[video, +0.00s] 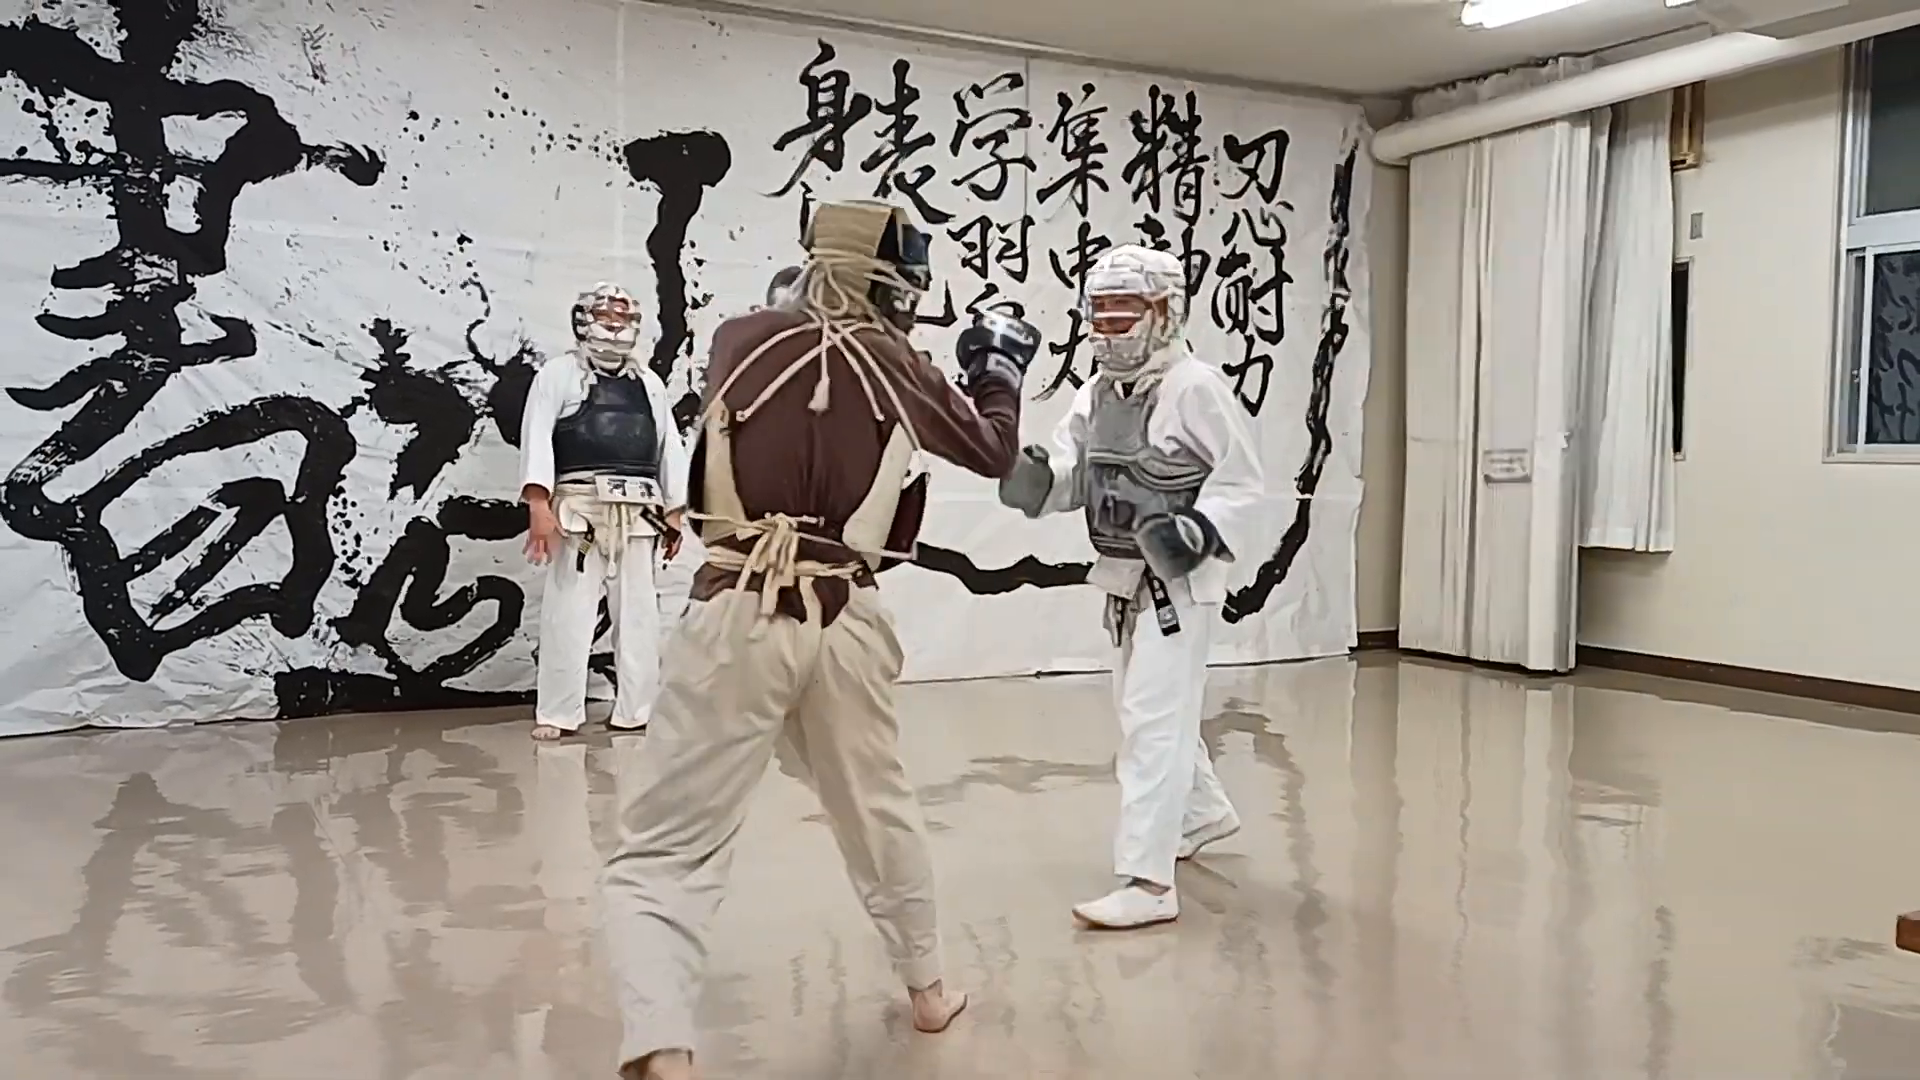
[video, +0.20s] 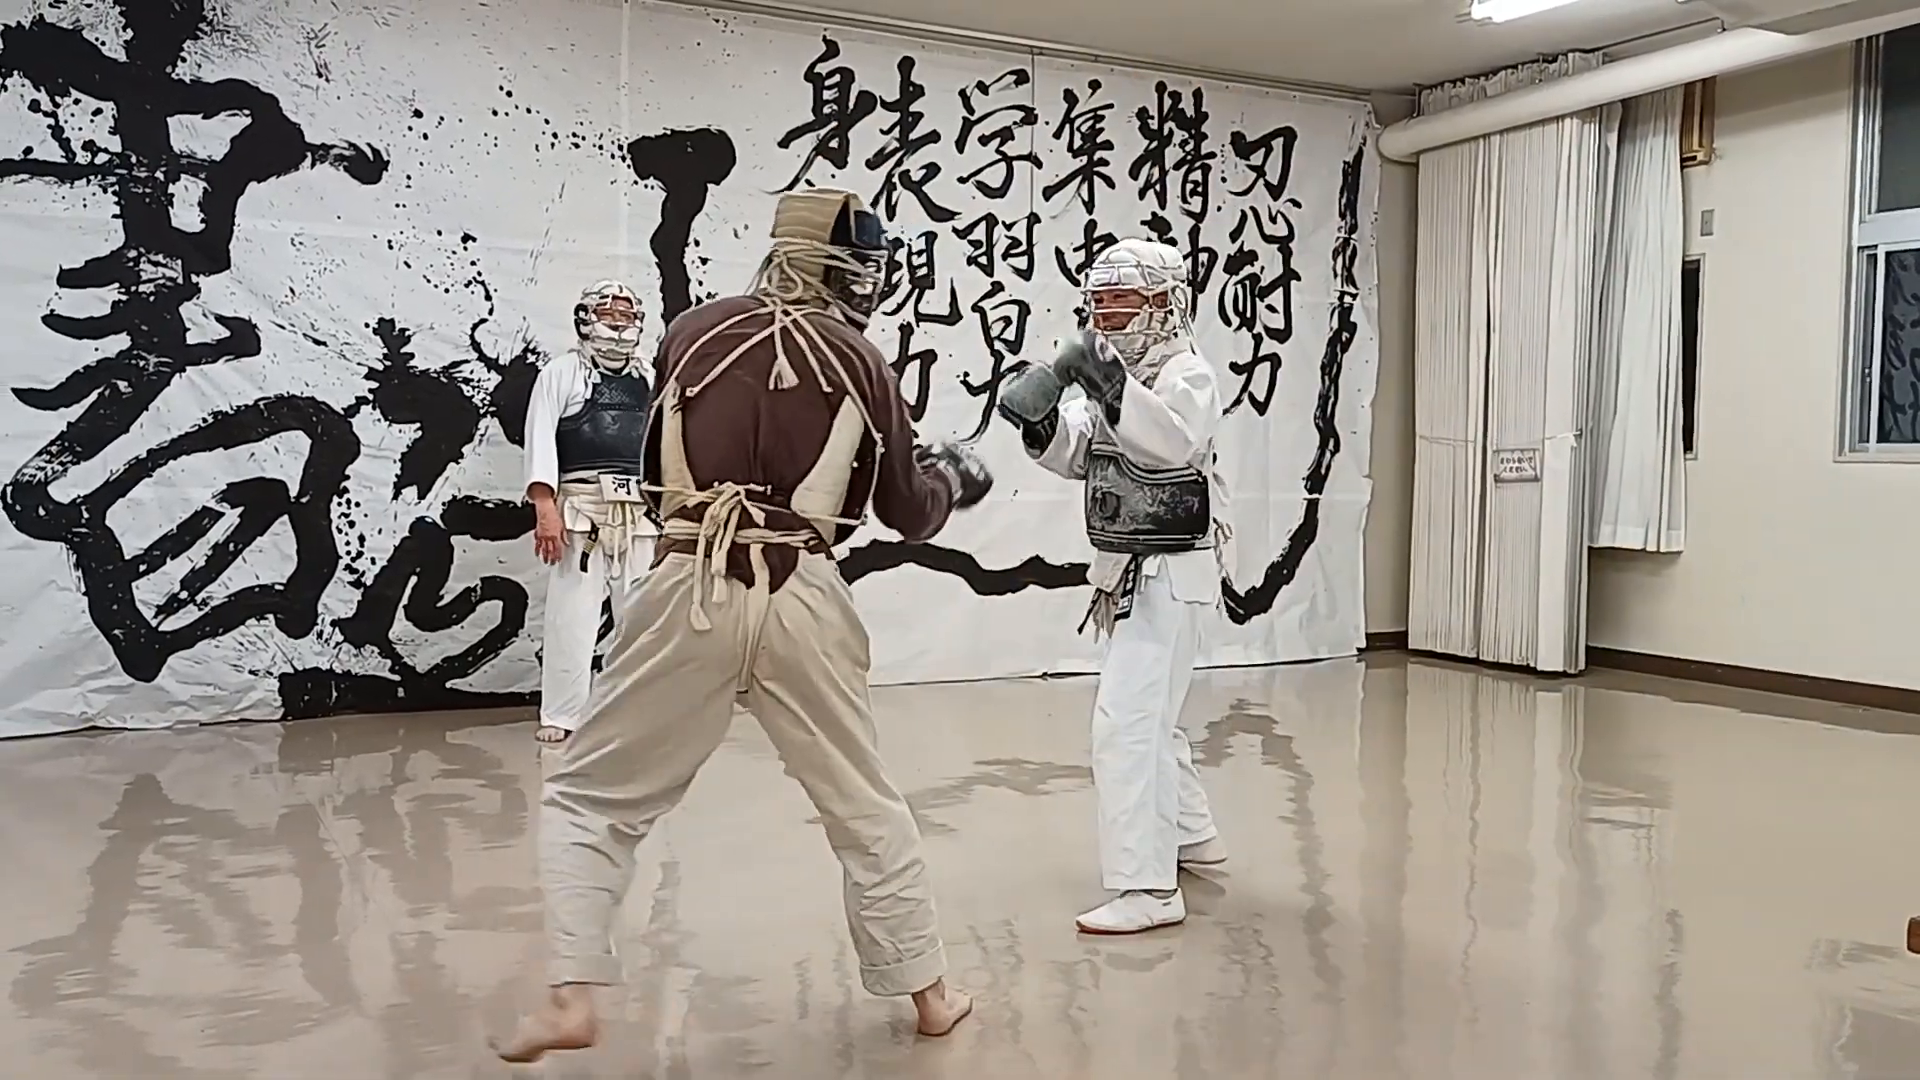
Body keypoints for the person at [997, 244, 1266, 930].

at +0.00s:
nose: (1108, 323)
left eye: (1123, 310)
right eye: (1100, 310)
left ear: (1161, 312)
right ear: (1090, 315)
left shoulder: (1195, 386)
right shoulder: (1097, 391)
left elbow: (1246, 483)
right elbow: (1072, 466)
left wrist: (1199, 528)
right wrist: (1040, 483)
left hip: (1177, 581)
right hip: (1119, 577)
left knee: (1151, 723)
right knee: (1144, 710)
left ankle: (1149, 880)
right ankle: (1205, 810)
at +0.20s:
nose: (1105, 318)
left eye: (1121, 304)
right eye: (1098, 305)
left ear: (1161, 303)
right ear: (1091, 306)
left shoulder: (1188, 372)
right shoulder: (1109, 378)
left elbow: (1174, 443)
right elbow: (1080, 458)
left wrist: (1109, 383)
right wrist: (1040, 425)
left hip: (1169, 571)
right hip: (1130, 568)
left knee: (1125, 728)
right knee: (1148, 715)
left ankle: (1145, 889)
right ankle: (1189, 831)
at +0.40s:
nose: (1098, 315)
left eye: (1111, 304)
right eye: (1094, 304)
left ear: (1152, 304)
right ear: (1098, 309)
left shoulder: (1180, 371)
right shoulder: (1115, 376)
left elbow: (1153, 444)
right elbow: (1077, 457)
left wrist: (1100, 367)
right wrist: (1039, 409)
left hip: (1177, 572)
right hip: (1138, 569)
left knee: (1118, 708)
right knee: (1171, 713)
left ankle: (1147, 873)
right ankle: (1195, 841)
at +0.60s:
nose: (1085, 323)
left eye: (1099, 310)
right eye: (1081, 310)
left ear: (1140, 311)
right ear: (1079, 314)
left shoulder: (1154, 381)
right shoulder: (1118, 383)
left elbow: (1180, 486)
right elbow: (1113, 491)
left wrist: (1105, 539)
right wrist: (1050, 494)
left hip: (1144, 584)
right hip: (1130, 579)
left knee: (1106, 724)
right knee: (1160, 715)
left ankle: (1072, 884)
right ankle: (1189, 842)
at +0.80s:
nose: (1045, 314)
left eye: (1058, 300)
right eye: (1041, 301)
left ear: (1098, 303)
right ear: (1047, 304)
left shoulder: (1112, 381)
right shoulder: (1090, 376)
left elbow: (1142, 494)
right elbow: (1095, 485)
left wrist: (1057, 538)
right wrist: (1036, 505)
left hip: (1114, 589)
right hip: (1110, 582)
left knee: (1053, 729)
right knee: (1121, 718)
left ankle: (1052, 896)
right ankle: (1175, 842)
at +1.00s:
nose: (1025, 306)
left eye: (1038, 293)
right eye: (1024, 293)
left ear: (1077, 296)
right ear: (1057, 299)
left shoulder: (1088, 370)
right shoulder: (1085, 366)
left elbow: (1090, 478)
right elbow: (1068, 471)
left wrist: (1002, 507)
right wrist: (998, 460)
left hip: (1081, 576)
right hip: (1105, 571)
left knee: (1030, 726)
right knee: (1087, 719)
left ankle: (1050, 899)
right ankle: (1139, 862)